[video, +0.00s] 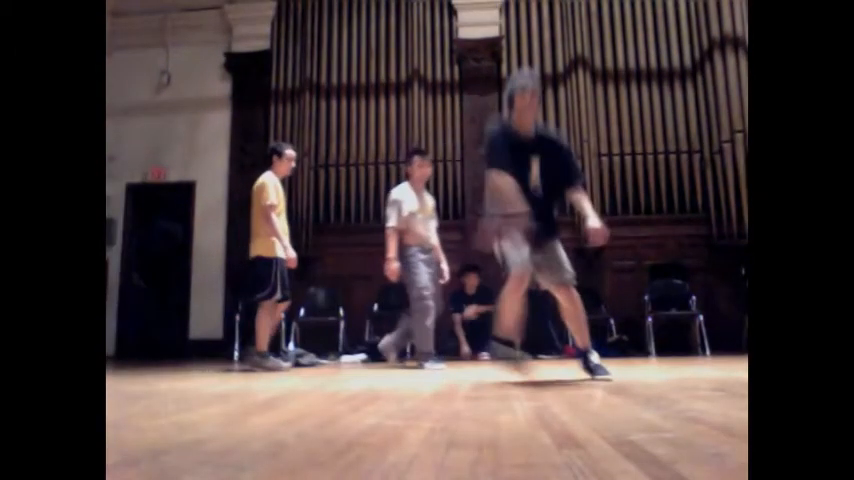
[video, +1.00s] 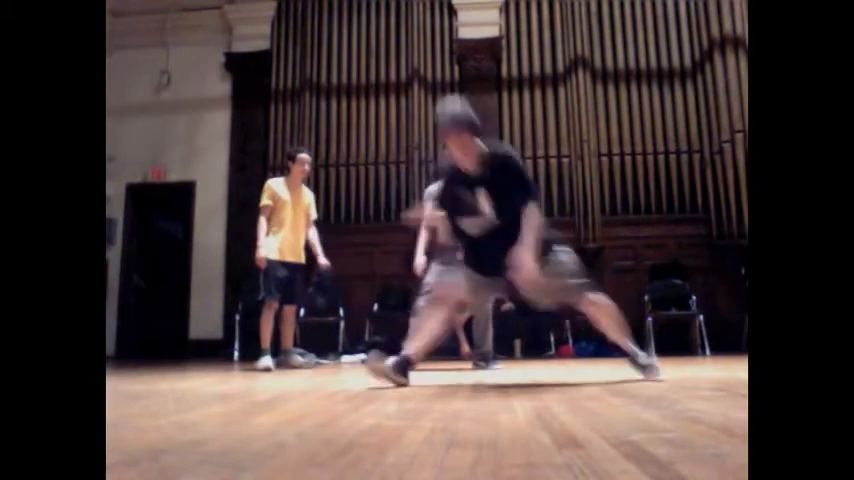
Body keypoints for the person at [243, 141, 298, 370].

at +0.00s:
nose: (293, 165)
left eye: (294, 160)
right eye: (290, 160)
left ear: (281, 161)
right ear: (276, 160)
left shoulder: (274, 183)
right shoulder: (267, 182)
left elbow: (275, 218)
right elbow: (269, 215)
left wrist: (287, 249)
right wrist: (286, 247)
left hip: (275, 253)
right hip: (266, 253)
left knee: (283, 301)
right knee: (268, 301)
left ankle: (261, 347)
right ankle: (261, 351)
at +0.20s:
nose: (297, 166)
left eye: (298, 162)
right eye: (293, 161)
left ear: (294, 164)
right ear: (280, 161)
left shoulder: (283, 185)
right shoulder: (270, 181)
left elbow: (282, 219)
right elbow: (269, 213)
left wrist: (287, 249)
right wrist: (277, 246)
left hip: (285, 252)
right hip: (271, 252)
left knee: (285, 302)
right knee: (269, 301)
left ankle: (286, 349)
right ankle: (261, 353)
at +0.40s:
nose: (301, 166)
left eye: (303, 162)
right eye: (297, 161)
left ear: (304, 166)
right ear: (285, 162)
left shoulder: (295, 192)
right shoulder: (274, 182)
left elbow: (296, 228)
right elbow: (266, 212)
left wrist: (307, 255)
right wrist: (266, 243)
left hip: (293, 253)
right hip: (278, 250)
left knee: (289, 303)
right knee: (274, 300)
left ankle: (287, 350)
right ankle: (262, 353)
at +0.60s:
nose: (305, 167)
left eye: (308, 163)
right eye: (301, 162)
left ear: (310, 168)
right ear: (290, 164)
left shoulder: (305, 195)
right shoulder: (277, 184)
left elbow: (310, 229)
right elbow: (266, 215)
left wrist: (326, 257)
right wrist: (264, 245)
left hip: (296, 253)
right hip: (276, 250)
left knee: (290, 303)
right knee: (273, 300)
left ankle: (287, 350)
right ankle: (264, 353)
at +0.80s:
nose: (308, 169)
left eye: (310, 165)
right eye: (304, 164)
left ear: (312, 169)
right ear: (292, 165)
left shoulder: (309, 196)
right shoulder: (276, 185)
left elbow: (314, 228)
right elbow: (266, 216)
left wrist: (330, 256)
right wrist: (264, 246)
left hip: (296, 256)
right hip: (275, 252)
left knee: (290, 305)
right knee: (272, 302)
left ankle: (288, 350)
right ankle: (266, 352)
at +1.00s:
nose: (306, 169)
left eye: (308, 164)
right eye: (302, 163)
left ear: (310, 168)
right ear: (291, 164)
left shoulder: (308, 194)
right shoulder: (274, 186)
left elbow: (310, 227)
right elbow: (263, 217)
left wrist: (320, 255)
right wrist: (260, 248)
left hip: (297, 255)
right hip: (274, 252)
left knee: (291, 306)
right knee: (272, 302)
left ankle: (287, 352)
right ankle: (265, 354)